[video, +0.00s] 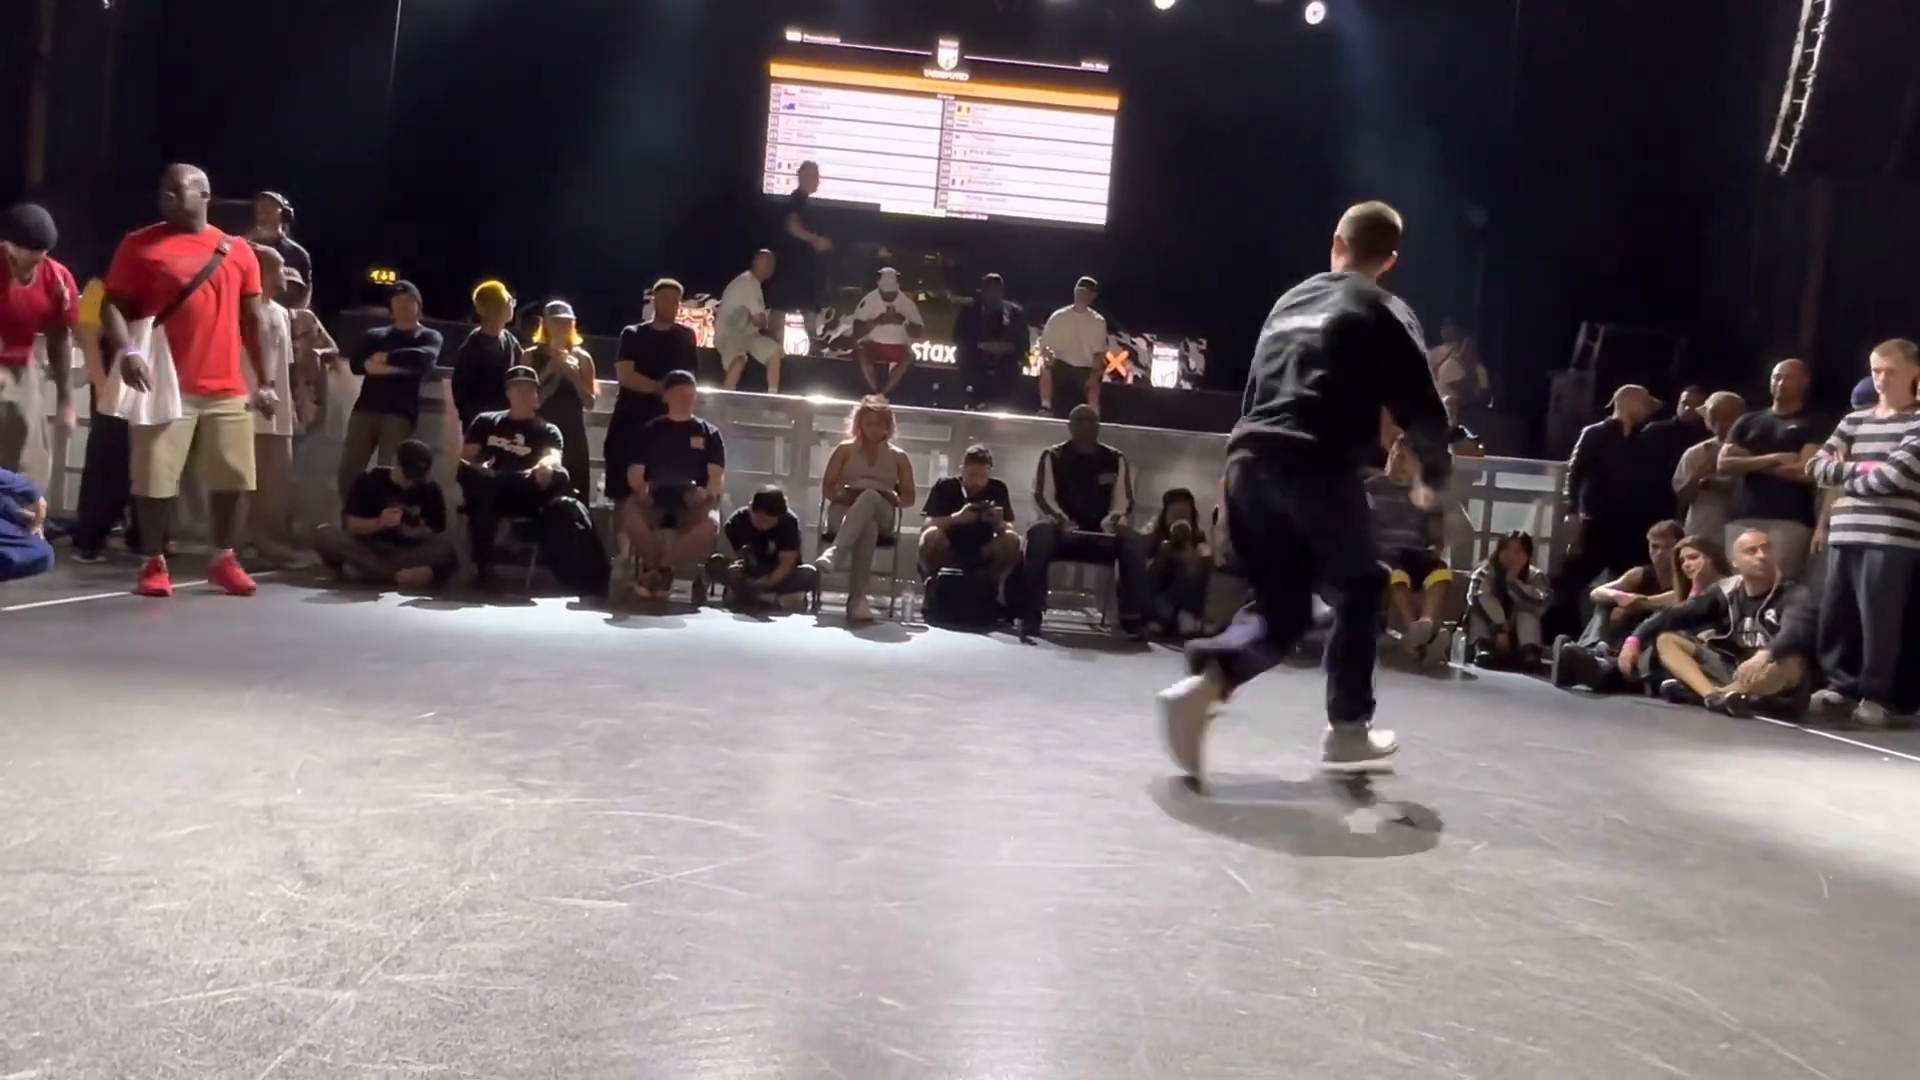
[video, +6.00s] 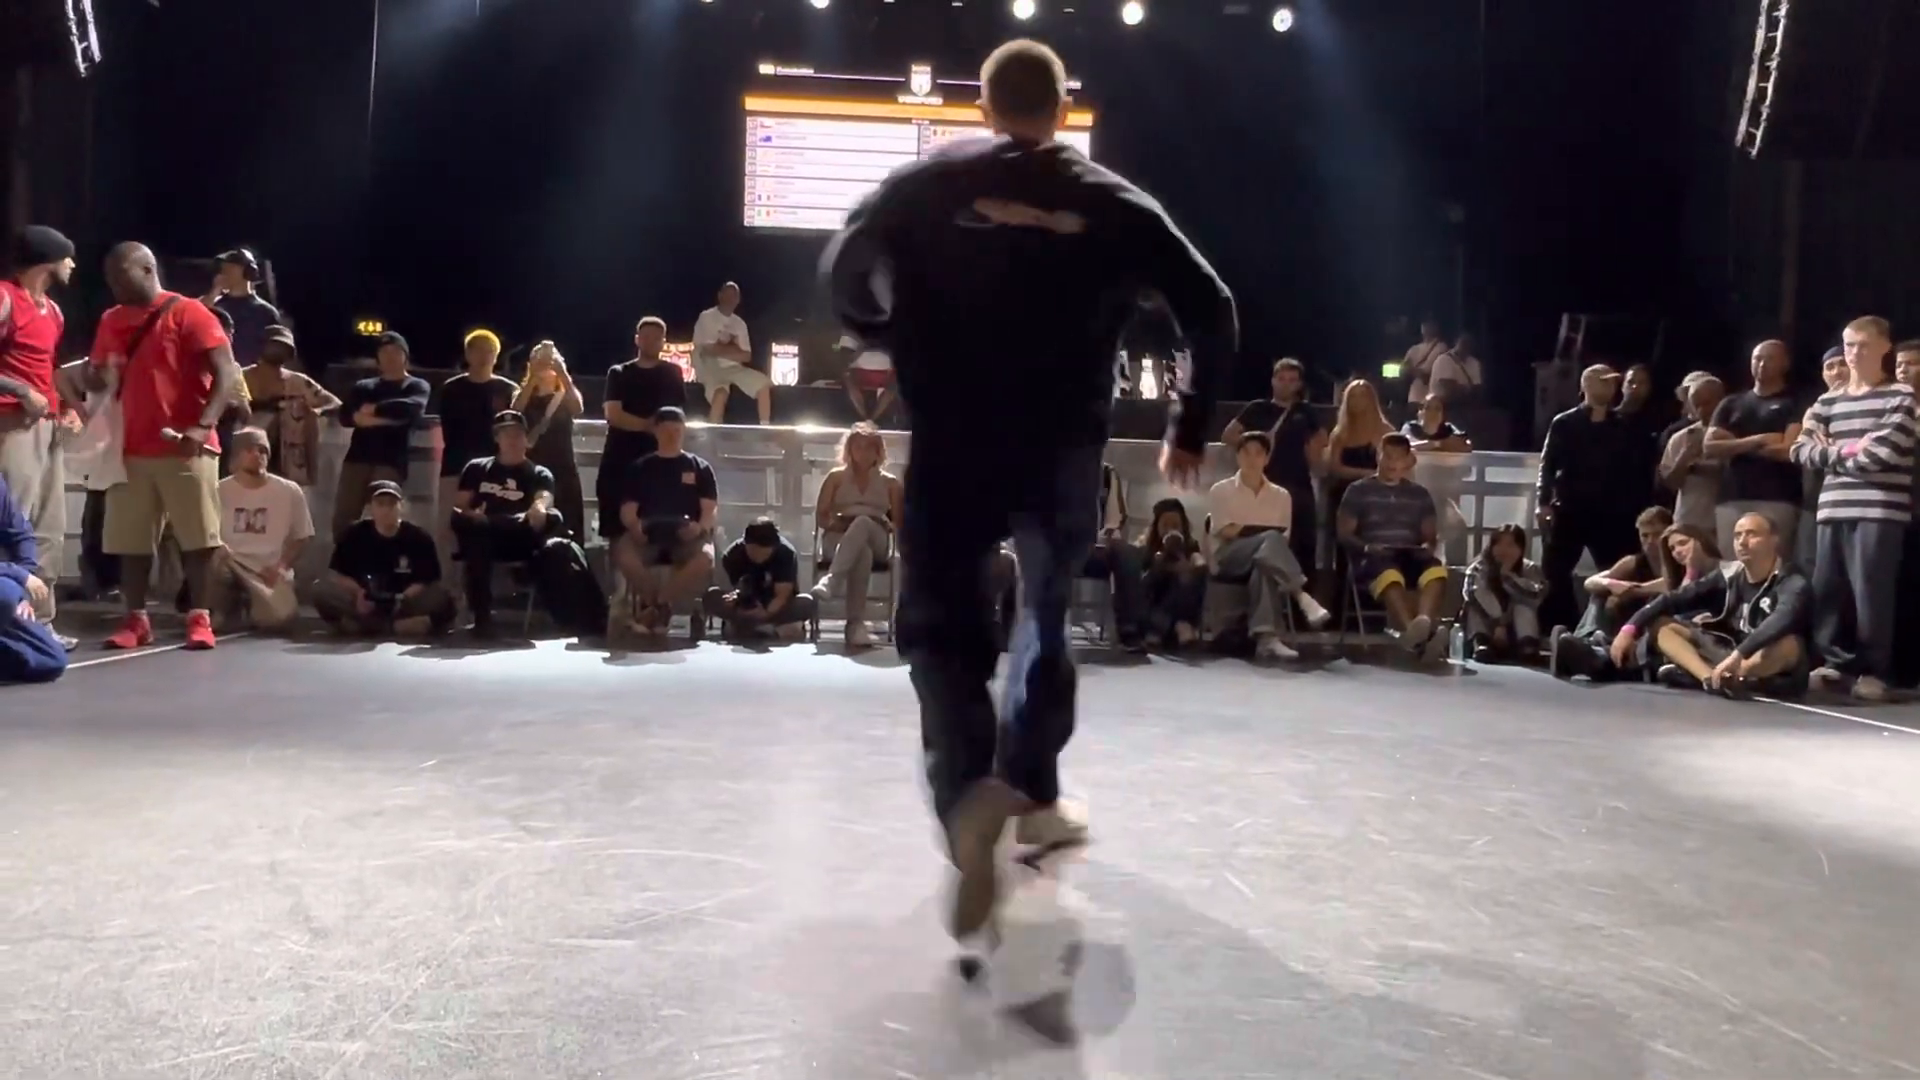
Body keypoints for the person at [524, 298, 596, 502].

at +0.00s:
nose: (562, 326)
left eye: (567, 321)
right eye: (556, 320)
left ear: (573, 324)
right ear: (545, 323)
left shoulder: (583, 358)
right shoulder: (531, 356)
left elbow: (589, 402)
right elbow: (529, 400)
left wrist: (573, 374)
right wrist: (553, 370)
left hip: (572, 431)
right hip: (540, 431)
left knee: (576, 492)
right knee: (538, 492)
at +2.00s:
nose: (558, 326)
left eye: (564, 320)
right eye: (553, 320)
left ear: (571, 323)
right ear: (544, 323)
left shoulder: (583, 355)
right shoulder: (532, 352)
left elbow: (588, 386)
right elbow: (526, 383)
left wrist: (577, 351)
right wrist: (545, 354)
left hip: (571, 424)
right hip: (540, 423)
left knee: (576, 481)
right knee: (539, 479)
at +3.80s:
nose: (538, 334)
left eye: (543, 329)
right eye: (532, 329)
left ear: (551, 336)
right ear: (523, 336)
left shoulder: (559, 367)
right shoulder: (511, 366)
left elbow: (567, 394)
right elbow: (504, 396)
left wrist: (556, 357)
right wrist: (524, 362)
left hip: (551, 440)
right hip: (520, 438)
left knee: (557, 499)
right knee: (519, 497)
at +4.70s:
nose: (533, 362)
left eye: (538, 357)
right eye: (528, 357)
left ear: (546, 363)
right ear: (519, 363)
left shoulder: (554, 391)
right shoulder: (514, 390)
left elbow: (565, 397)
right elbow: (504, 397)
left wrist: (550, 361)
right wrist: (521, 360)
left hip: (550, 458)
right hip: (521, 459)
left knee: (558, 514)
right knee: (522, 512)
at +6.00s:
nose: (546, 369)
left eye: (551, 364)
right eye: (540, 363)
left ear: (559, 367)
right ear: (531, 367)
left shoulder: (566, 395)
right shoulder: (524, 394)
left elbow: (577, 410)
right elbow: (513, 415)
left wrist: (564, 375)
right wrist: (530, 379)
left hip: (562, 465)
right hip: (532, 465)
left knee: (570, 523)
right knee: (532, 521)